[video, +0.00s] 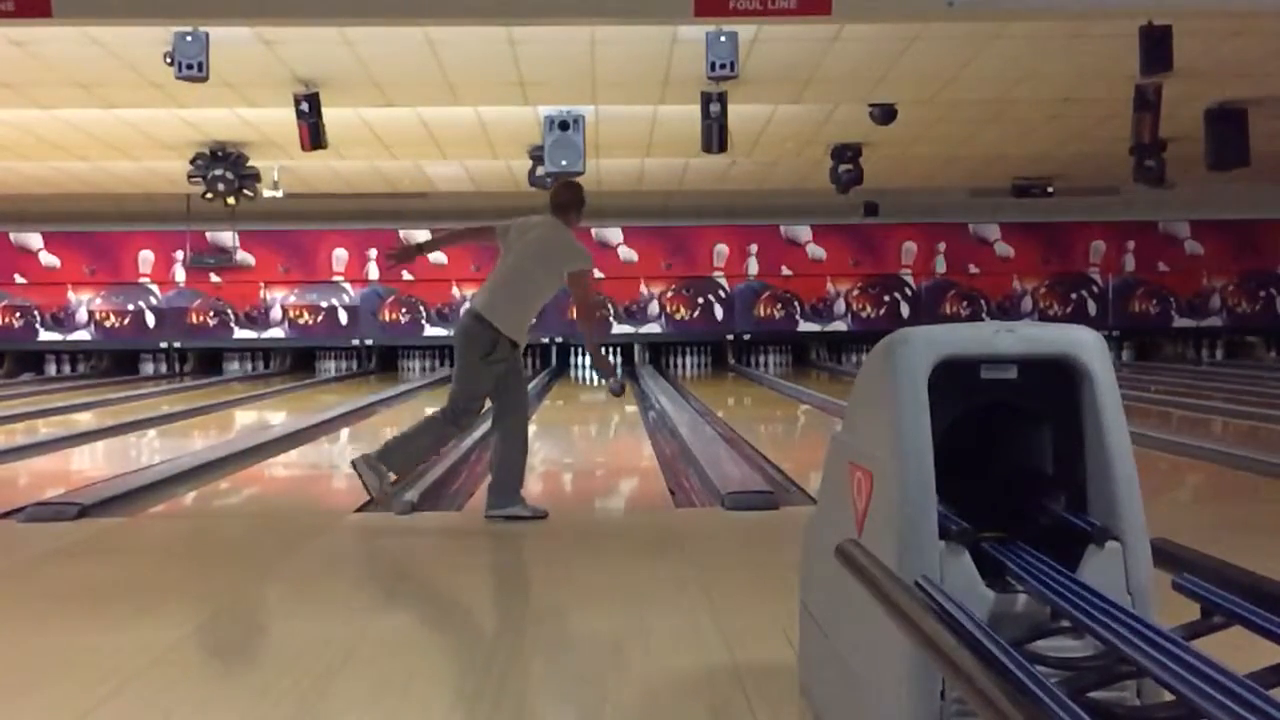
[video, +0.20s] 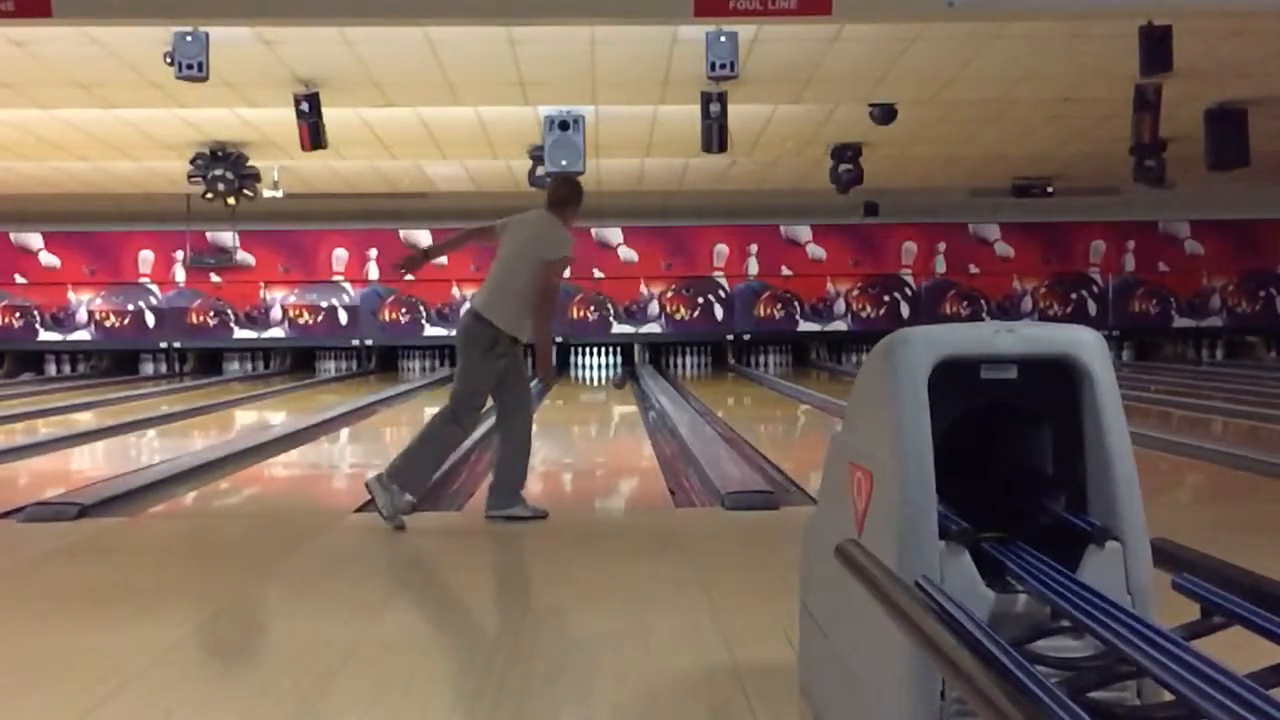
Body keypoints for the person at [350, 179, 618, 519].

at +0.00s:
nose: (580, 217)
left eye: (572, 209)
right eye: (581, 211)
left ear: (550, 205)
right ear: (579, 212)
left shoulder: (523, 226)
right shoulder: (574, 252)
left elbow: (465, 234)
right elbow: (585, 313)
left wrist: (416, 249)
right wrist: (595, 354)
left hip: (500, 341)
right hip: (487, 335)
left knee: (513, 418)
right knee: (459, 414)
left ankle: (505, 500)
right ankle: (379, 463)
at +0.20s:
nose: (576, 213)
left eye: (574, 205)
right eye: (578, 207)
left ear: (548, 199)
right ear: (576, 207)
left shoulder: (523, 220)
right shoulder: (559, 239)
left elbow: (472, 235)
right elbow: (545, 299)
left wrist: (426, 254)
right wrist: (544, 361)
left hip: (498, 336)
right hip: (489, 332)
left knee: (518, 416)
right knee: (461, 415)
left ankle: (505, 500)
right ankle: (393, 484)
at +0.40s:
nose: (573, 207)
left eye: (570, 199)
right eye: (575, 200)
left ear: (545, 195)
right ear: (574, 201)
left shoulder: (522, 218)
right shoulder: (551, 229)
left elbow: (473, 236)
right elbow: (517, 260)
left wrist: (428, 261)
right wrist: (487, 314)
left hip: (499, 333)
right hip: (492, 331)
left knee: (514, 415)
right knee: (463, 414)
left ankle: (505, 501)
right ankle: (394, 482)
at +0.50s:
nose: (574, 204)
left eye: (571, 196)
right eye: (574, 197)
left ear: (545, 193)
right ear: (573, 197)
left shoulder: (525, 216)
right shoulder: (548, 222)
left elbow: (474, 236)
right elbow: (510, 244)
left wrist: (428, 262)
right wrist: (472, 277)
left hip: (500, 329)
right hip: (491, 327)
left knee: (510, 416)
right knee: (469, 412)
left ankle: (505, 500)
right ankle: (398, 480)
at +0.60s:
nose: (575, 202)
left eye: (573, 195)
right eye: (575, 195)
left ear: (544, 191)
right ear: (571, 196)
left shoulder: (534, 218)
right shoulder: (545, 219)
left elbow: (474, 235)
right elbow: (486, 233)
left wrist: (430, 262)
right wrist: (430, 261)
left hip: (502, 330)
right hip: (490, 327)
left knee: (507, 418)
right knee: (477, 414)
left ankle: (504, 499)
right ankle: (403, 476)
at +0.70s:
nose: (573, 199)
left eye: (570, 192)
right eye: (572, 192)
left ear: (541, 189)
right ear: (568, 192)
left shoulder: (532, 217)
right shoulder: (547, 217)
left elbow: (469, 228)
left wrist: (424, 258)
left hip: (495, 326)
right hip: (493, 326)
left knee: (505, 415)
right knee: (487, 413)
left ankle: (504, 498)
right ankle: (412, 474)